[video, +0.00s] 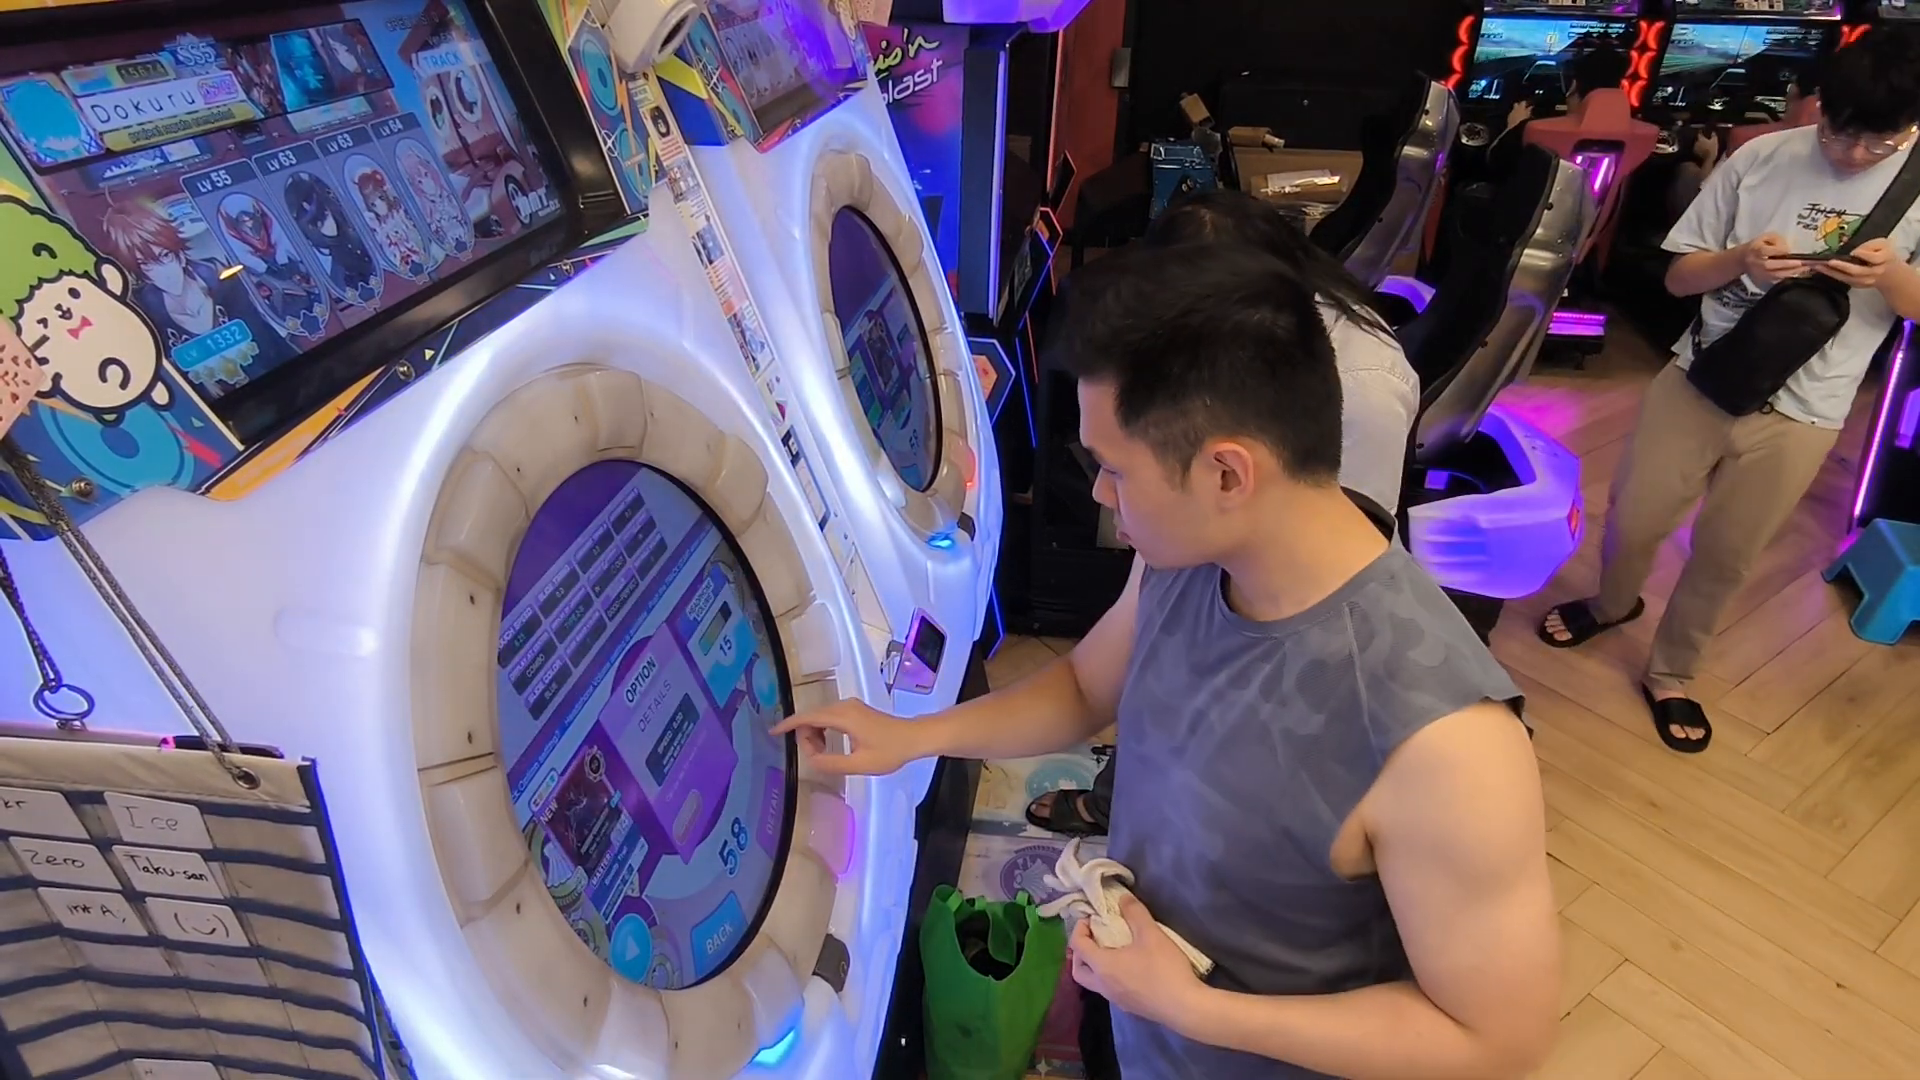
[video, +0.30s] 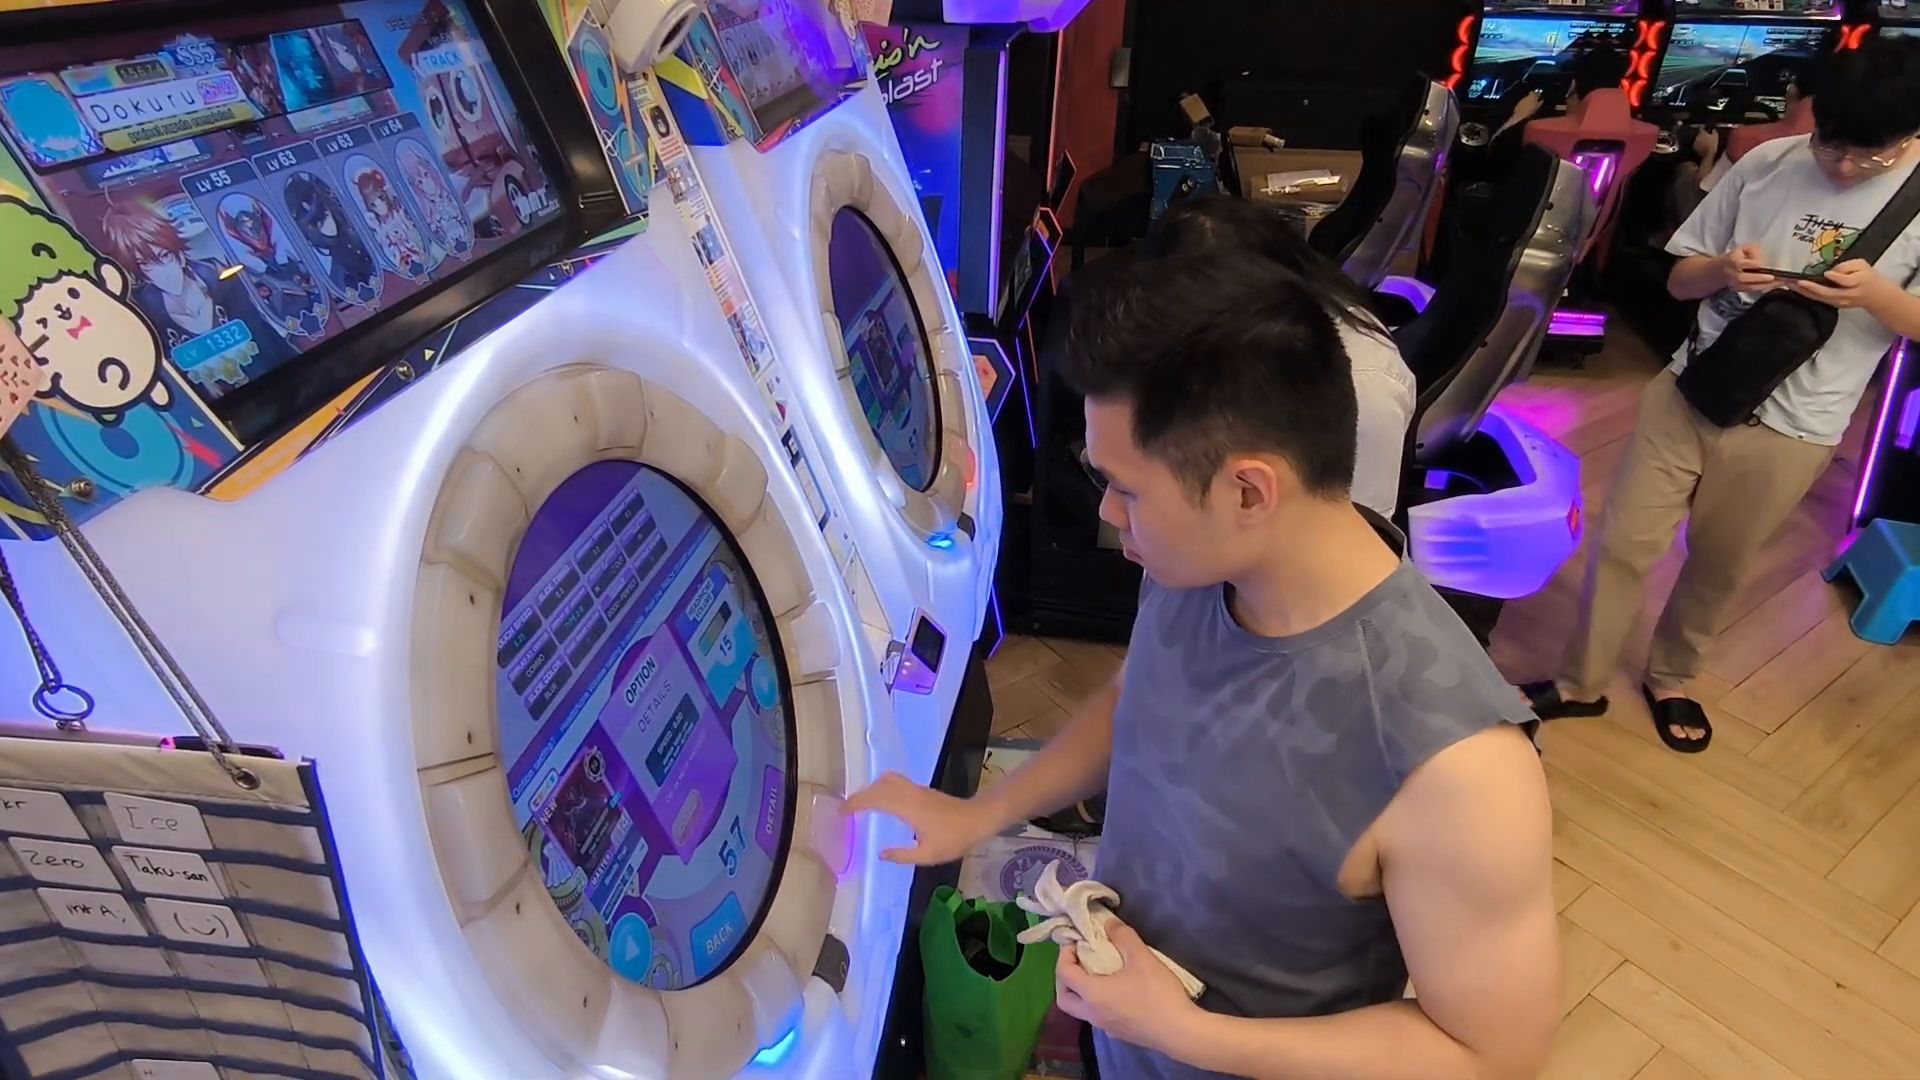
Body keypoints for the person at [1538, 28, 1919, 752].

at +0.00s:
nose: (1854, 151)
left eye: (1877, 139)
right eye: (1842, 129)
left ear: (1907, 125)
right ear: (1821, 104)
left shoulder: (1912, 195)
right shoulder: (1759, 159)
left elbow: (1915, 308)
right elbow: (1675, 275)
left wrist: (1891, 277)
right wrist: (1738, 262)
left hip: (1799, 420)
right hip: (1698, 382)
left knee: (1725, 558)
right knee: (1632, 518)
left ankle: (1672, 675)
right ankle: (1614, 603)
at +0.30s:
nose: (1844, 161)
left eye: (1867, 151)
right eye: (1832, 140)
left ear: (1906, 138)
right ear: (1817, 113)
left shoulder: (1916, 209)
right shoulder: (1768, 161)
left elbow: (1916, 328)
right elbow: (1677, 276)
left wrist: (1878, 295)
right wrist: (1721, 270)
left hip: (1788, 431)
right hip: (1690, 389)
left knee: (1719, 567)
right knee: (1621, 542)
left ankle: (1671, 678)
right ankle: (1582, 684)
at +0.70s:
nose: (1744, 161)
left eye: (1765, 149)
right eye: (1732, 140)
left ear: (1823, 121)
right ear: (1719, 115)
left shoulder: (1871, 192)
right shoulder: (1684, 174)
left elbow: (1873, 327)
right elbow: (1610, 296)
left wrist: (1790, 289)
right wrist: (1641, 277)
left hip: (1724, 438)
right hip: (1621, 406)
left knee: (1691, 577)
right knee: (1571, 563)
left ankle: (1668, 680)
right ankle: (1539, 701)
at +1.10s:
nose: (1660, 160)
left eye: (1676, 147)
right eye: (1650, 143)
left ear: (1731, 122)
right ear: (1641, 121)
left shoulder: (1802, 192)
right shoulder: (1629, 168)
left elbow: (1806, 331)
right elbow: (1557, 282)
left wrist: (1706, 287)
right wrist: (1569, 274)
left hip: (1658, 442)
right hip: (1569, 410)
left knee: (1600, 600)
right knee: (1541, 576)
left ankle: (1585, 737)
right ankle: (1536, 713)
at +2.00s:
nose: (1593, 172)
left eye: (1607, 158)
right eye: (1587, 156)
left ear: (1671, 133)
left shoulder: (1747, 211)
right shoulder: (1606, 177)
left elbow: (1735, 363)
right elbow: (1556, 281)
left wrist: (1618, 298)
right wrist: (1524, 268)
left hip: (1604, 456)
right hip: (1531, 413)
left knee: (1555, 613)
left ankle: (1527, 717)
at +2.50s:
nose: (1507, 150)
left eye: (1519, 132)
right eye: (1500, 135)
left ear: (1579, 109)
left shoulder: (1648, 192)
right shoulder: (1510, 173)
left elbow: (1632, 337)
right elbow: (1468, 284)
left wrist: (1527, 269)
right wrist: (1437, 258)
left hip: (1525, 442)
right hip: (1446, 413)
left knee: (1504, 604)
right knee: (1416, 588)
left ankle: (1507, 739)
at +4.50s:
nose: (1443, 124)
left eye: (1463, 108)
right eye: (1438, 107)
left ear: (1523, 103)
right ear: (1430, 102)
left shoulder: (1592, 191)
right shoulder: (1449, 180)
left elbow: (1584, 339)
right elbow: (1415, 295)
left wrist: (1476, 272)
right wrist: (1382, 266)